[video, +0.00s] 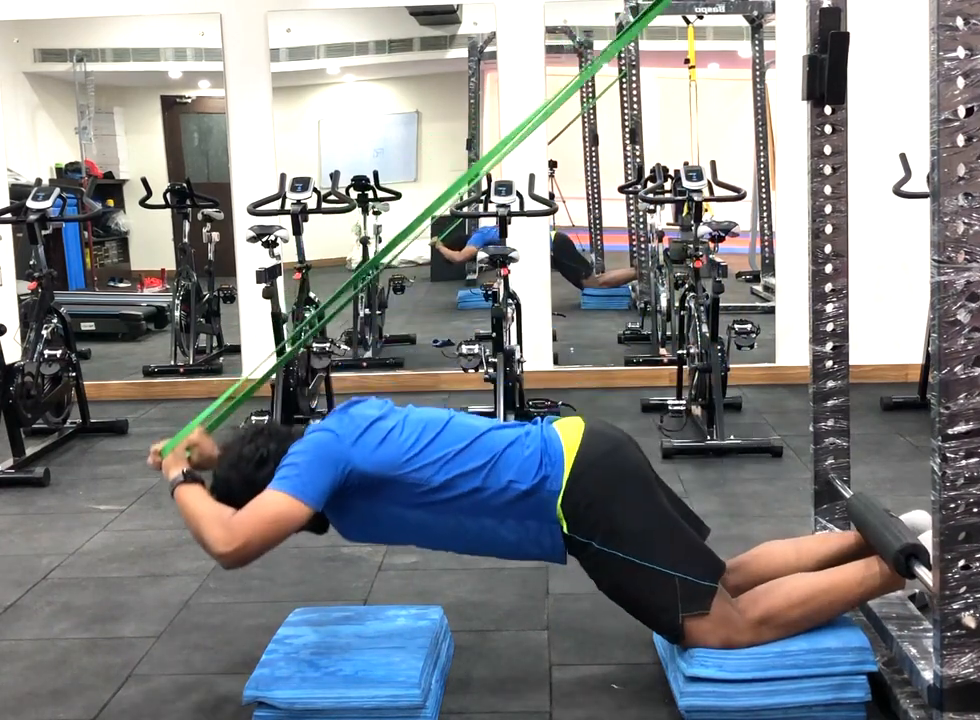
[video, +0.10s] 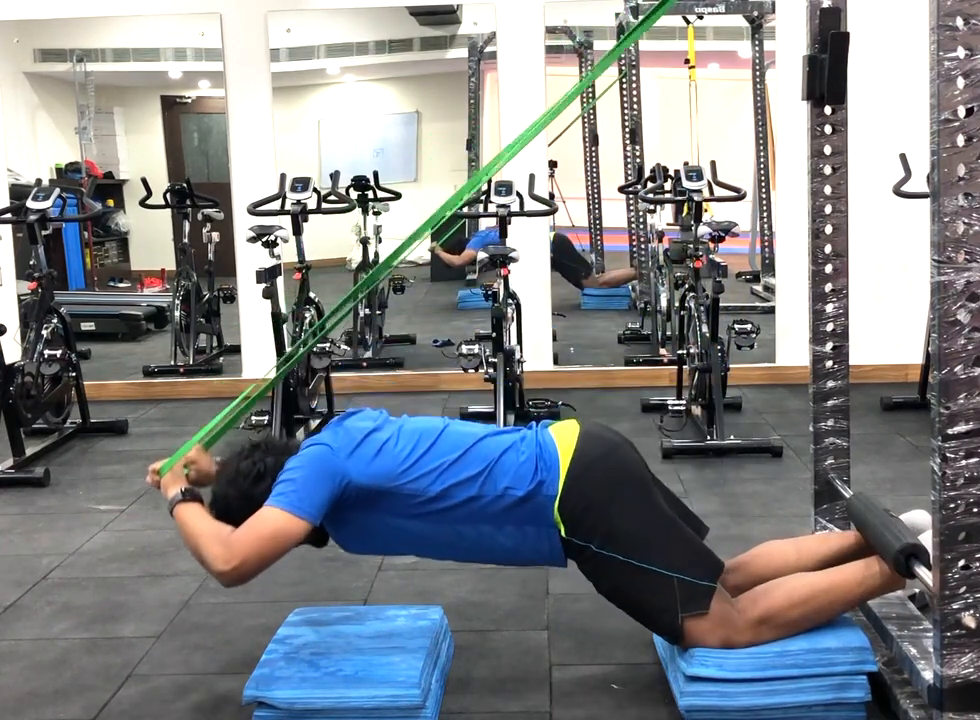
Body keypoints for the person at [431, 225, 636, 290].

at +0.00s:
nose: (464, 248)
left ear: (471, 234)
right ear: (476, 228)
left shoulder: (483, 233)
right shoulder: (497, 230)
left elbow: (459, 258)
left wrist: (438, 246)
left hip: (556, 244)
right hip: (554, 244)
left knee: (593, 282)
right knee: (591, 281)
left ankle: (641, 270)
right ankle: (640, 270)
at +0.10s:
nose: (462, 259)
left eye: (460, 257)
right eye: (460, 256)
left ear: (462, 249)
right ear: (465, 242)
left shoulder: (479, 239)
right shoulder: (486, 234)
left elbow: (458, 262)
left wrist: (436, 250)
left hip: (555, 244)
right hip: (552, 245)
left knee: (593, 282)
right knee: (591, 282)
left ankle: (642, 271)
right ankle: (640, 271)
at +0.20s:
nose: (462, 261)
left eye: (461, 258)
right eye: (461, 258)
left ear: (464, 251)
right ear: (469, 241)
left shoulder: (479, 241)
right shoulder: (489, 235)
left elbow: (458, 265)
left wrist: (436, 254)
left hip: (554, 246)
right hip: (553, 244)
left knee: (593, 282)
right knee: (592, 280)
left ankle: (642, 270)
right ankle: (641, 270)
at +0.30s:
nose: (462, 261)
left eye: (460, 258)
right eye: (460, 258)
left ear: (463, 252)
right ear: (468, 242)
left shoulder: (480, 241)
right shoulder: (489, 235)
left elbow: (457, 265)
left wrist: (434, 253)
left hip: (554, 246)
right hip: (552, 244)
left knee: (593, 282)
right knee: (591, 281)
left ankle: (642, 270)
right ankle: (641, 269)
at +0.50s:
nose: (460, 259)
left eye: (457, 256)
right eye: (458, 256)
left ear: (460, 249)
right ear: (463, 241)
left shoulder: (478, 238)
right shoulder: (484, 234)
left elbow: (456, 261)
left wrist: (434, 250)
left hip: (555, 245)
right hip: (553, 245)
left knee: (594, 282)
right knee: (591, 282)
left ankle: (641, 271)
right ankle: (640, 271)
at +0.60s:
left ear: (475, 227)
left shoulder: (484, 232)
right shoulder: (500, 229)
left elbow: (459, 257)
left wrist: (435, 245)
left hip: (556, 244)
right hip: (554, 244)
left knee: (594, 281)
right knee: (591, 281)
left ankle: (642, 270)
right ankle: (641, 270)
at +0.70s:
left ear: (482, 213)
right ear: (497, 208)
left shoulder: (486, 227)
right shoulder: (502, 223)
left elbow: (461, 252)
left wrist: (436, 241)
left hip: (558, 243)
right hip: (556, 245)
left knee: (593, 280)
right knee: (592, 281)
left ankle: (642, 270)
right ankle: (641, 270)